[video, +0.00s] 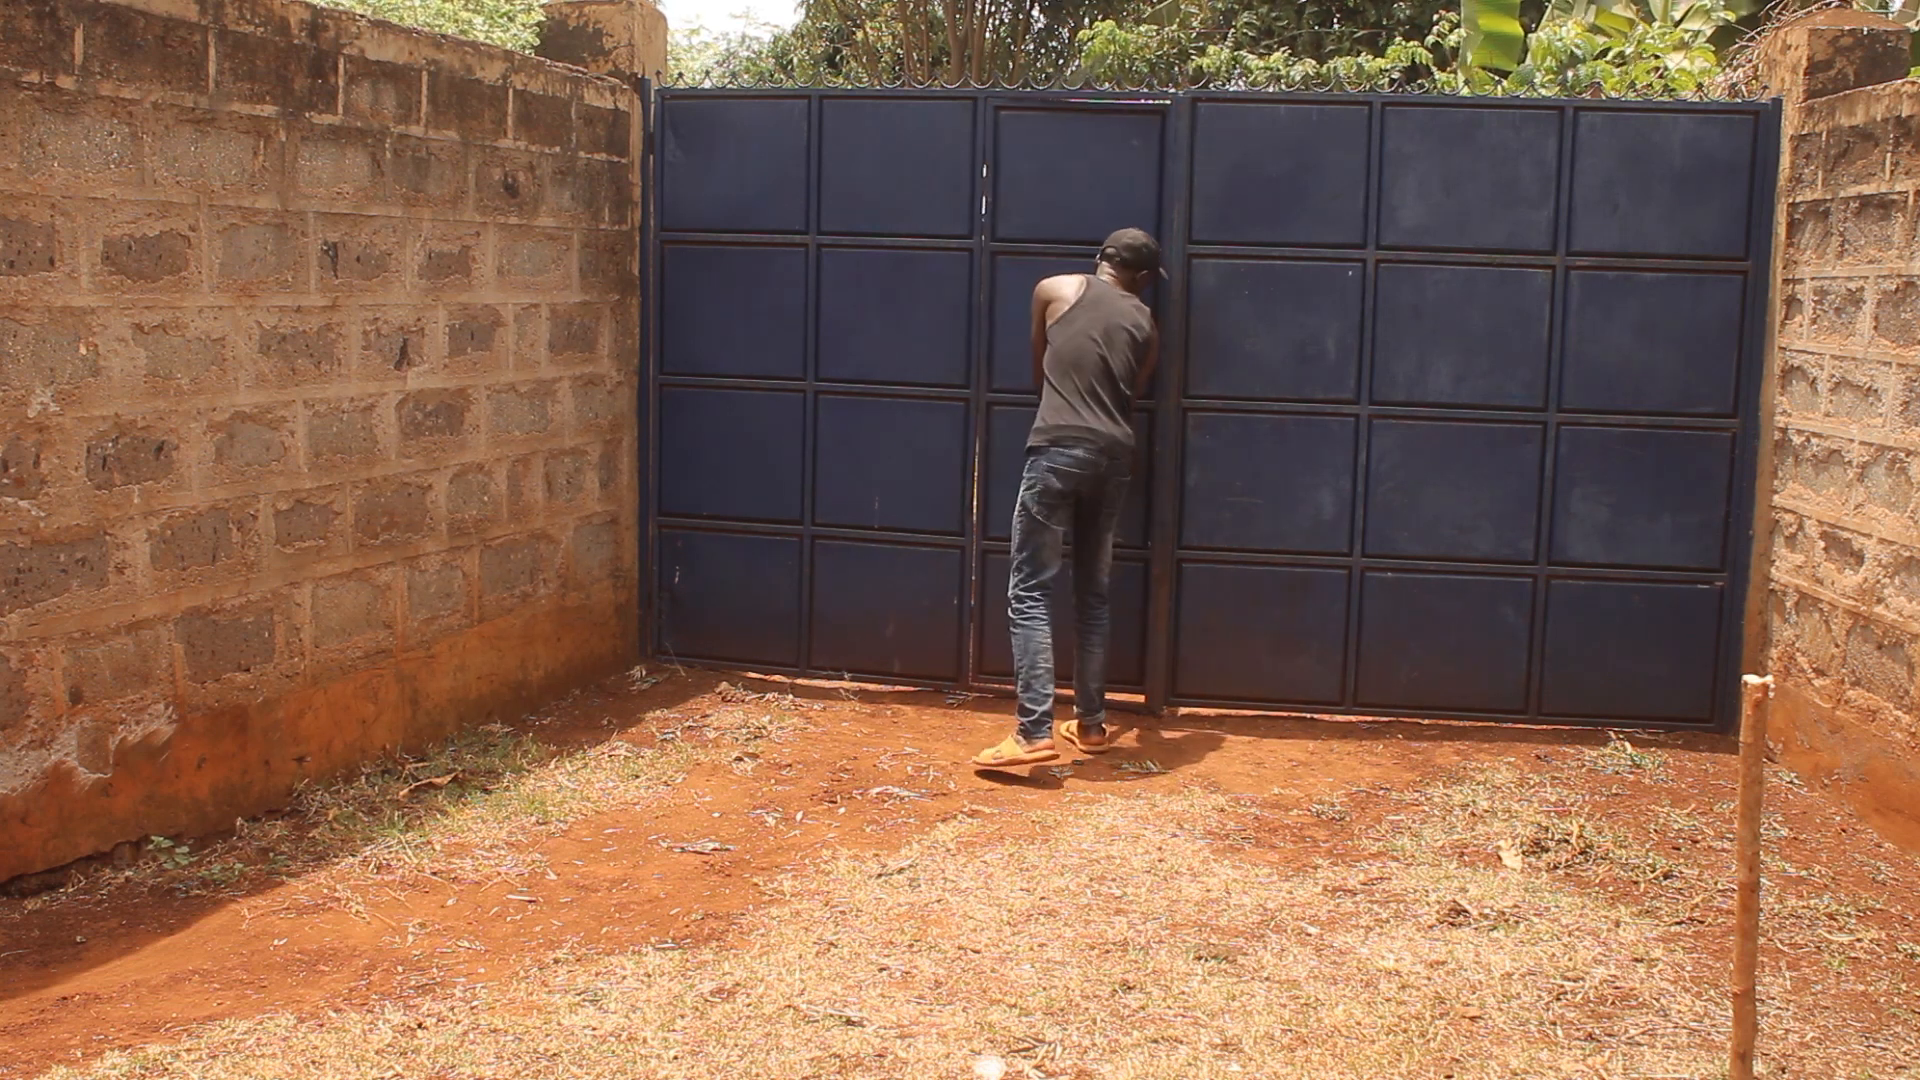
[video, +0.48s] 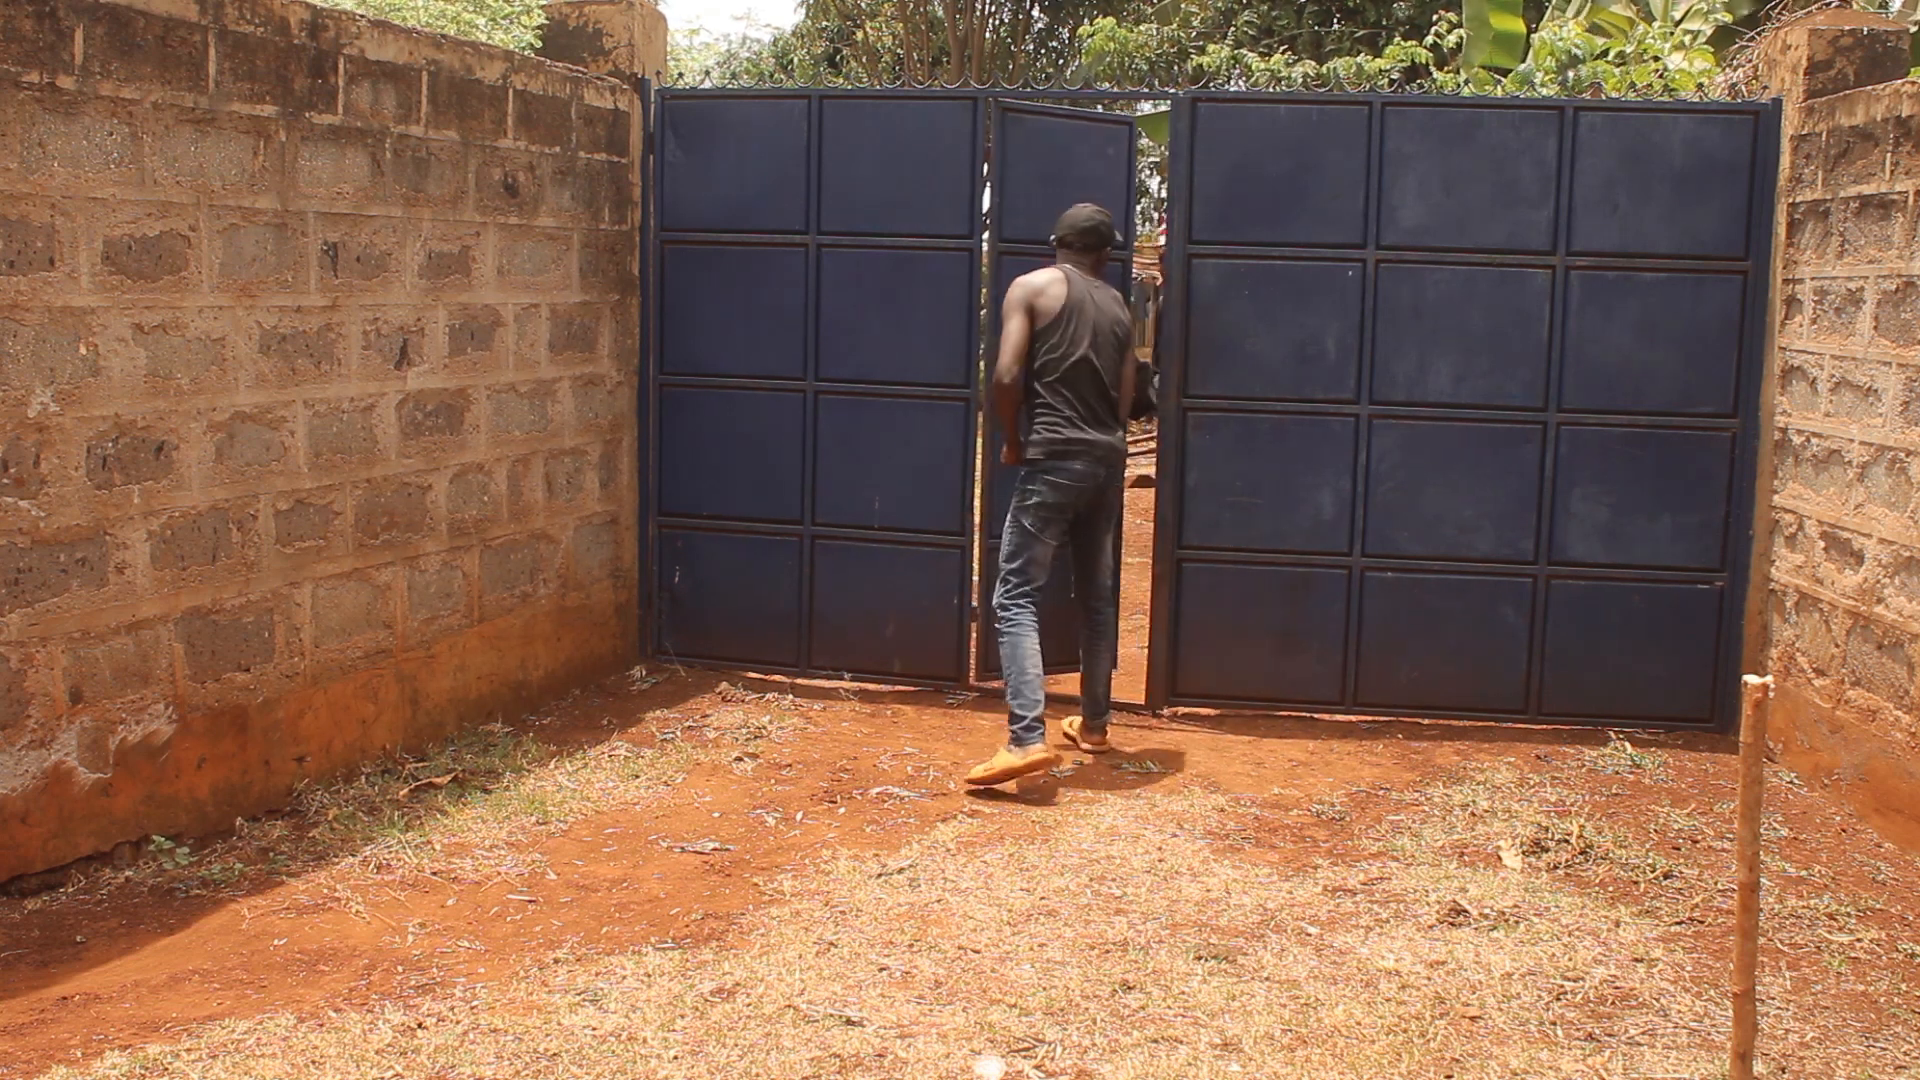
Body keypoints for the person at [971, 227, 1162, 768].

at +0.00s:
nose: (1143, 285)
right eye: (1146, 278)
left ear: (1099, 259)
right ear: (1142, 277)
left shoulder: (1054, 288)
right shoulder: (1146, 322)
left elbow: (1041, 367)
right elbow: (1136, 387)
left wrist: (1069, 404)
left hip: (1057, 449)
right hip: (1113, 457)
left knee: (1029, 590)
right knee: (1094, 595)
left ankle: (1035, 732)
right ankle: (1092, 725)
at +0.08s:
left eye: (1100, 258)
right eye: (1145, 279)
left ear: (1100, 260)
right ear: (1144, 278)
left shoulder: (1055, 289)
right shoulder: (1146, 324)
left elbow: (1040, 370)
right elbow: (1135, 388)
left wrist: (1070, 407)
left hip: (1056, 448)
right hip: (1113, 455)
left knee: (1035, 592)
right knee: (1093, 593)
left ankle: (1037, 734)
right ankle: (1091, 724)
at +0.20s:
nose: (1144, 278)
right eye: (1146, 272)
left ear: (1095, 254)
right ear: (1141, 271)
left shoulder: (1052, 286)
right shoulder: (1144, 318)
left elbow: (1030, 381)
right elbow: (1135, 395)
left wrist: (1071, 402)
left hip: (1059, 445)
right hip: (1116, 451)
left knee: (1034, 587)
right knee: (1097, 592)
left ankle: (1040, 725)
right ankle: (1093, 723)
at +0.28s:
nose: (1125, 267)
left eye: (1094, 249)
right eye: (1135, 262)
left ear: (1088, 249)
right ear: (1137, 264)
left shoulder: (1049, 284)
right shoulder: (1143, 317)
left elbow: (1022, 380)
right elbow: (1133, 400)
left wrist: (1057, 409)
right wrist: (1096, 413)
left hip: (1061, 445)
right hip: (1118, 453)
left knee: (1028, 583)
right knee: (1099, 590)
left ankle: (1044, 711)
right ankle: (1096, 719)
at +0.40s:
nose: (1077, 253)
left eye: (1074, 245)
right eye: (1121, 256)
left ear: (1071, 248)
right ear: (1120, 256)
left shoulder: (1040, 286)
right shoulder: (1134, 311)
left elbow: (1012, 377)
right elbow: (1133, 396)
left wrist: (1031, 428)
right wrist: (1107, 430)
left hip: (1058, 453)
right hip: (1116, 459)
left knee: (1020, 588)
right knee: (1099, 594)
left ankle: (1038, 720)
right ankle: (1095, 724)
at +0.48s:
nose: (1061, 251)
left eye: (1059, 242)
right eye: (1108, 253)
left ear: (1056, 245)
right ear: (1107, 253)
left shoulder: (1029, 287)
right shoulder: (1120, 308)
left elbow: (1007, 376)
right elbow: (1127, 403)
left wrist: (1010, 439)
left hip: (1050, 461)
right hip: (1107, 464)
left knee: (1015, 597)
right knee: (1100, 600)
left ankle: (1026, 739)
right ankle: (1094, 725)